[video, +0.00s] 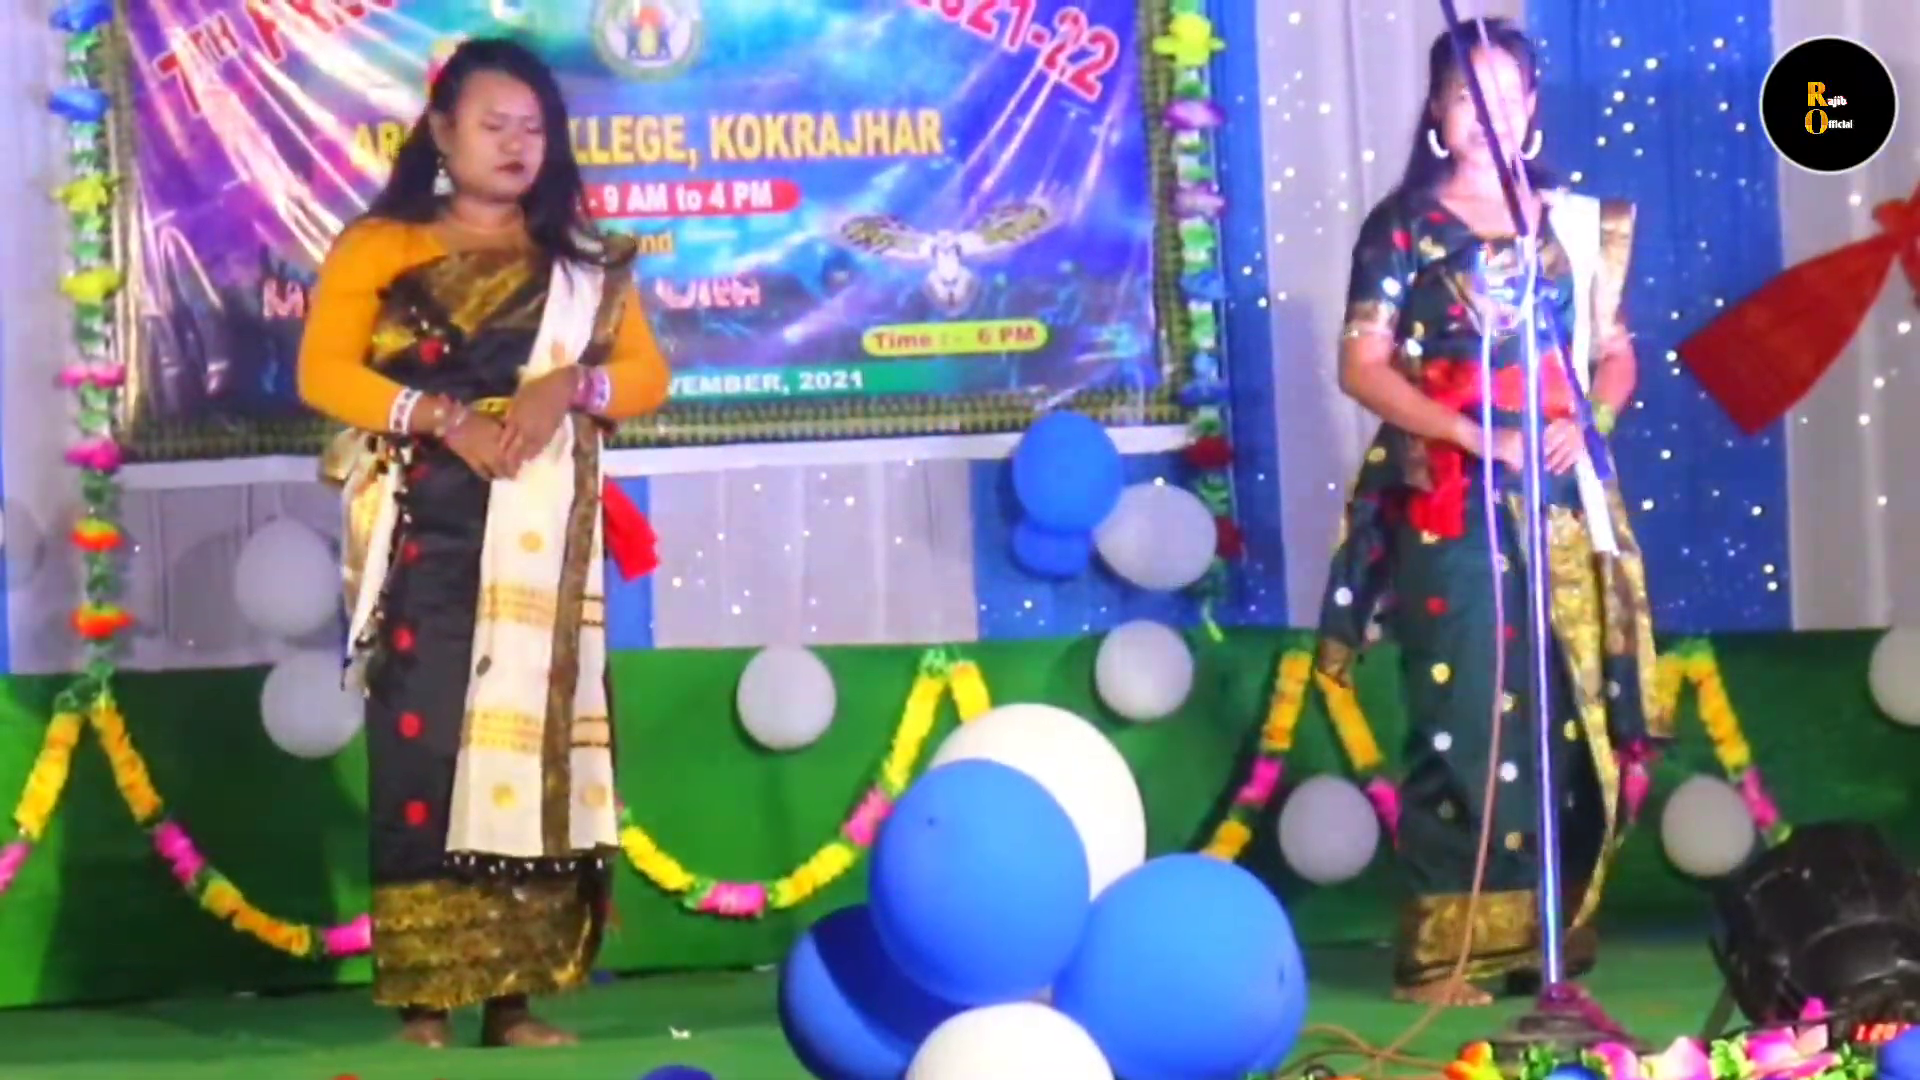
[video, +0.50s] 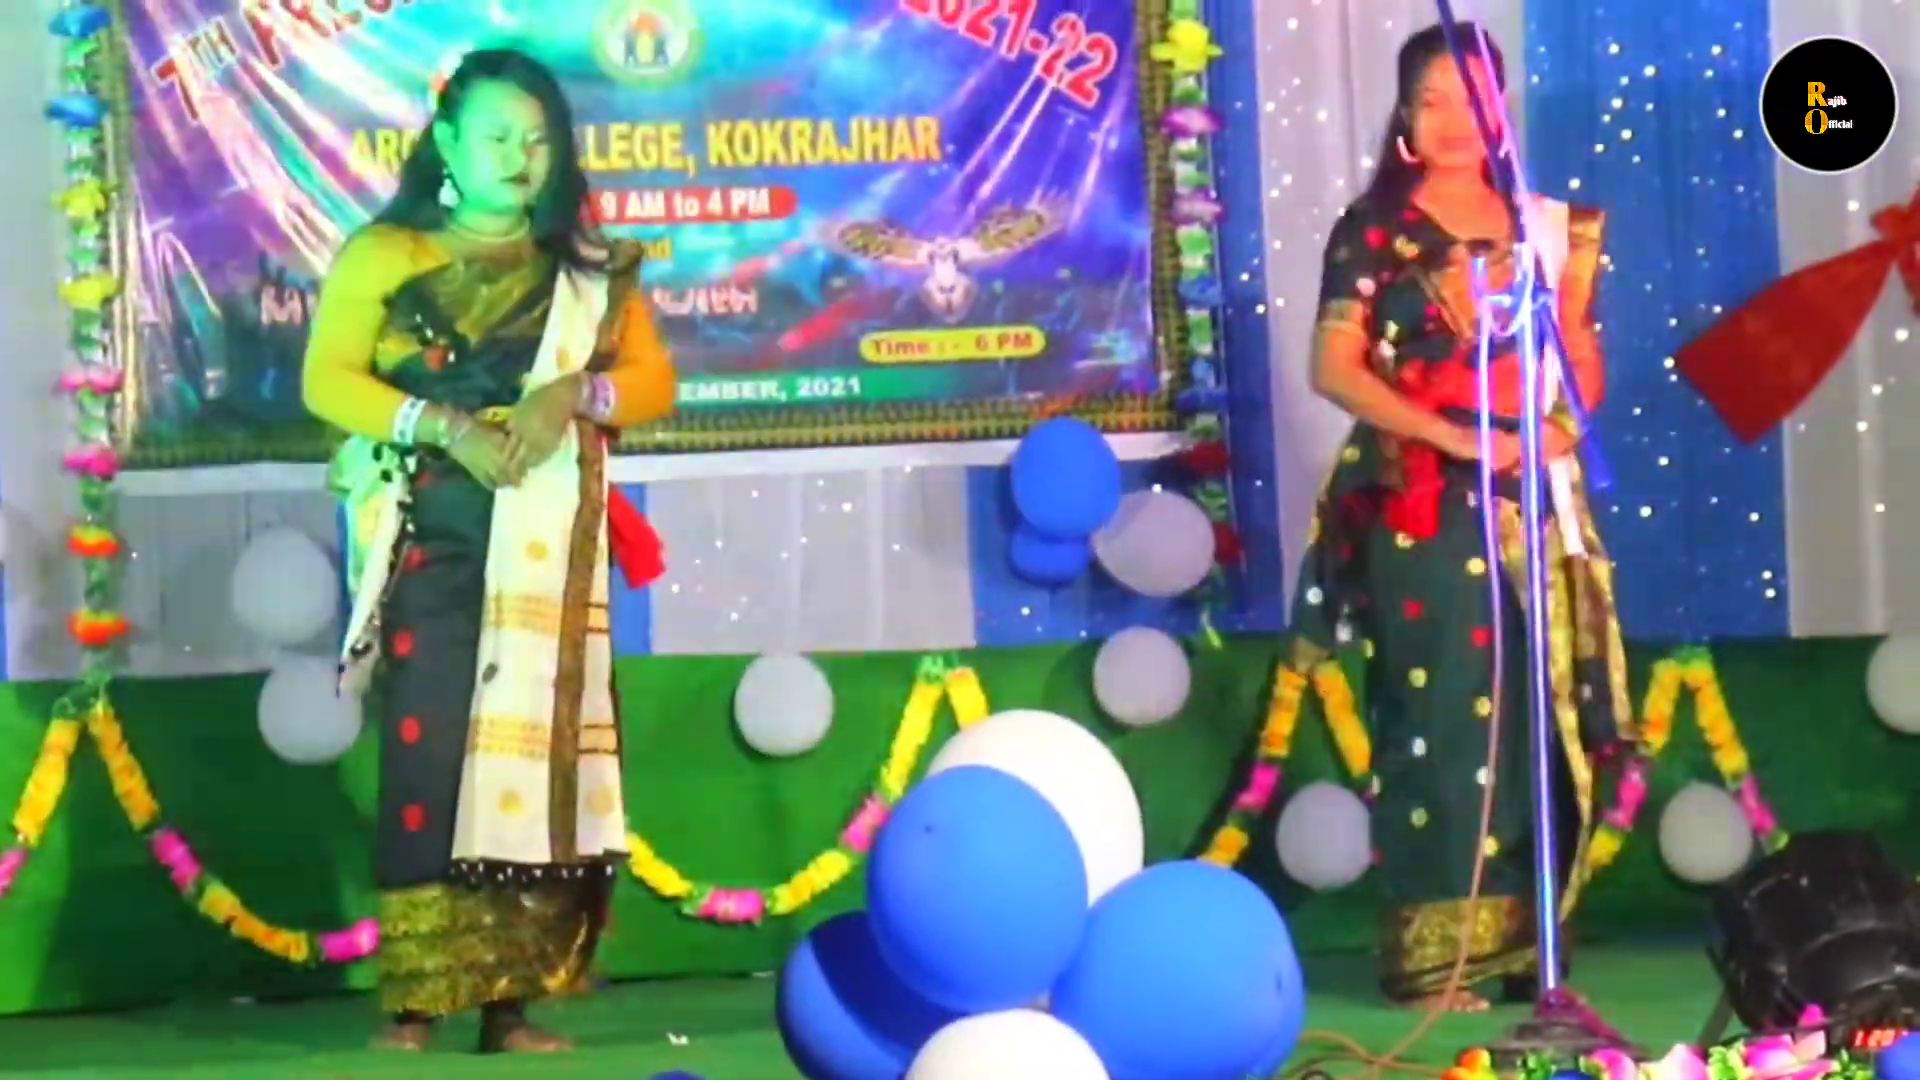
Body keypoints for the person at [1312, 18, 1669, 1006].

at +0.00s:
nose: (1485, 114)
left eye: (1502, 95)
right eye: (1466, 96)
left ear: (1531, 104)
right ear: (1437, 110)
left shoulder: (1569, 222)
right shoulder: (1403, 226)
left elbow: (1615, 356)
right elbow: (1360, 365)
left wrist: (1583, 422)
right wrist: (1471, 433)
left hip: (1558, 503)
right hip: (1451, 503)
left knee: (1568, 712)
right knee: (1457, 716)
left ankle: (1558, 950)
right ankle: (1442, 953)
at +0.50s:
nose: (1443, 122)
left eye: (1461, 105)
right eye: (1426, 105)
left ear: (1494, 113)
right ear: (1404, 117)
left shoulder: (1548, 227)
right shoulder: (1372, 230)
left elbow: (1584, 389)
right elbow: (1334, 369)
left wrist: (1571, 304)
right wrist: (1456, 436)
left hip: (1535, 504)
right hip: (1424, 507)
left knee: (1541, 716)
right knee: (1440, 718)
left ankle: (1530, 951)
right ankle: (1434, 956)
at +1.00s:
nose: (1444, 127)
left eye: (1460, 109)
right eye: (1425, 110)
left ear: (1488, 117)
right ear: (1399, 120)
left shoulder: (1530, 229)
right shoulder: (1371, 235)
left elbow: (1566, 382)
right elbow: (1329, 377)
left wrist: (1568, 301)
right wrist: (1458, 443)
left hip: (1531, 510)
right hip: (1427, 515)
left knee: (1538, 723)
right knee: (1441, 726)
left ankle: (1529, 957)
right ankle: (1440, 963)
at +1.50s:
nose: (1456, 122)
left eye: (1471, 104)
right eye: (1435, 107)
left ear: (1495, 114)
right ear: (1405, 122)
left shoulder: (1527, 227)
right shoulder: (1379, 233)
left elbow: (1550, 360)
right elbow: (1337, 377)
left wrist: (1555, 435)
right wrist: (1463, 451)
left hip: (1521, 505)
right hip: (1425, 512)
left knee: (1532, 720)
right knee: (1442, 723)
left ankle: (1520, 951)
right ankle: (1434, 957)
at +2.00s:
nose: (1446, 130)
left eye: (1463, 113)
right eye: (1428, 113)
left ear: (1489, 121)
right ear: (1399, 124)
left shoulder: (1527, 230)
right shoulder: (1369, 234)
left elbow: (1562, 366)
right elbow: (1330, 380)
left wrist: (1556, 398)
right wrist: (1452, 447)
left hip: (1523, 512)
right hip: (1419, 518)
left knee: (1532, 726)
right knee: (1436, 729)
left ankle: (1521, 961)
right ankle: (1428, 966)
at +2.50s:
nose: (1452, 134)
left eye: (1467, 116)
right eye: (1432, 116)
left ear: (1490, 124)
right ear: (1398, 126)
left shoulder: (1525, 234)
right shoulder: (1366, 242)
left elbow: (1560, 391)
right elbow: (1328, 385)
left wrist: (1561, 308)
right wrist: (1457, 451)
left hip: (1529, 515)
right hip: (1426, 520)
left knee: (1538, 729)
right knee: (1440, 730)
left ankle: (1530, 967)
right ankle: (1438, 968)